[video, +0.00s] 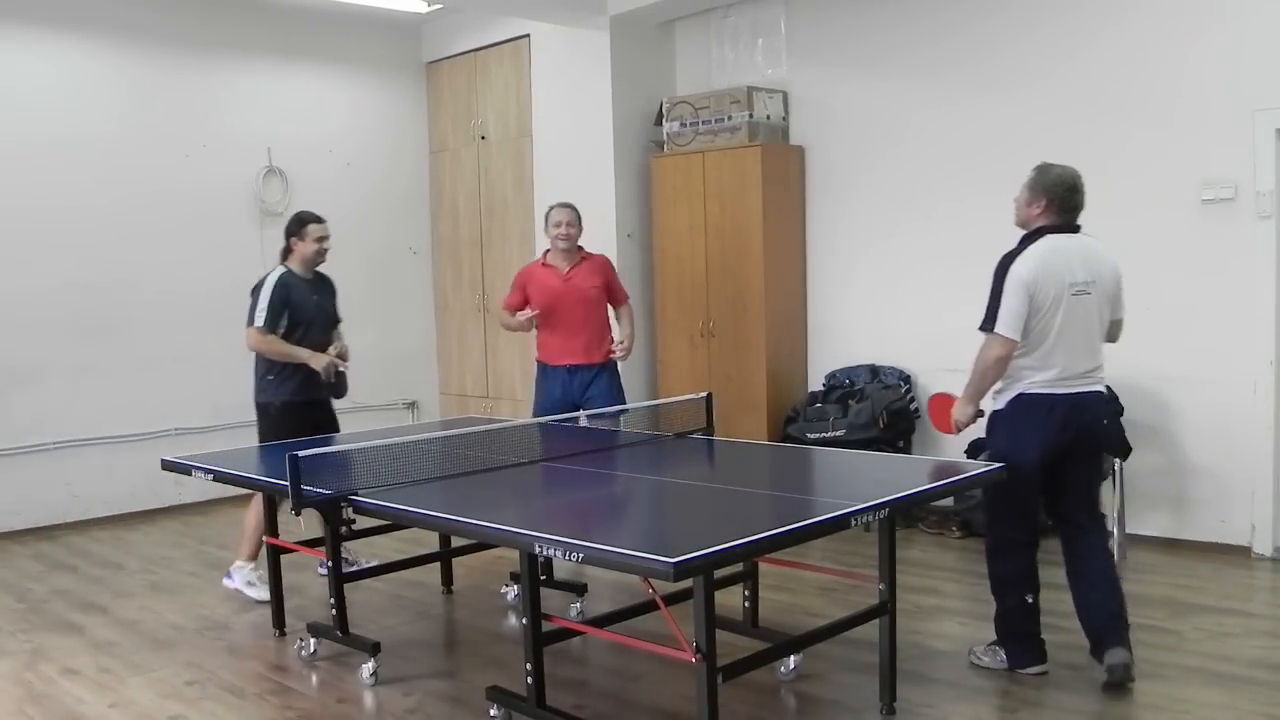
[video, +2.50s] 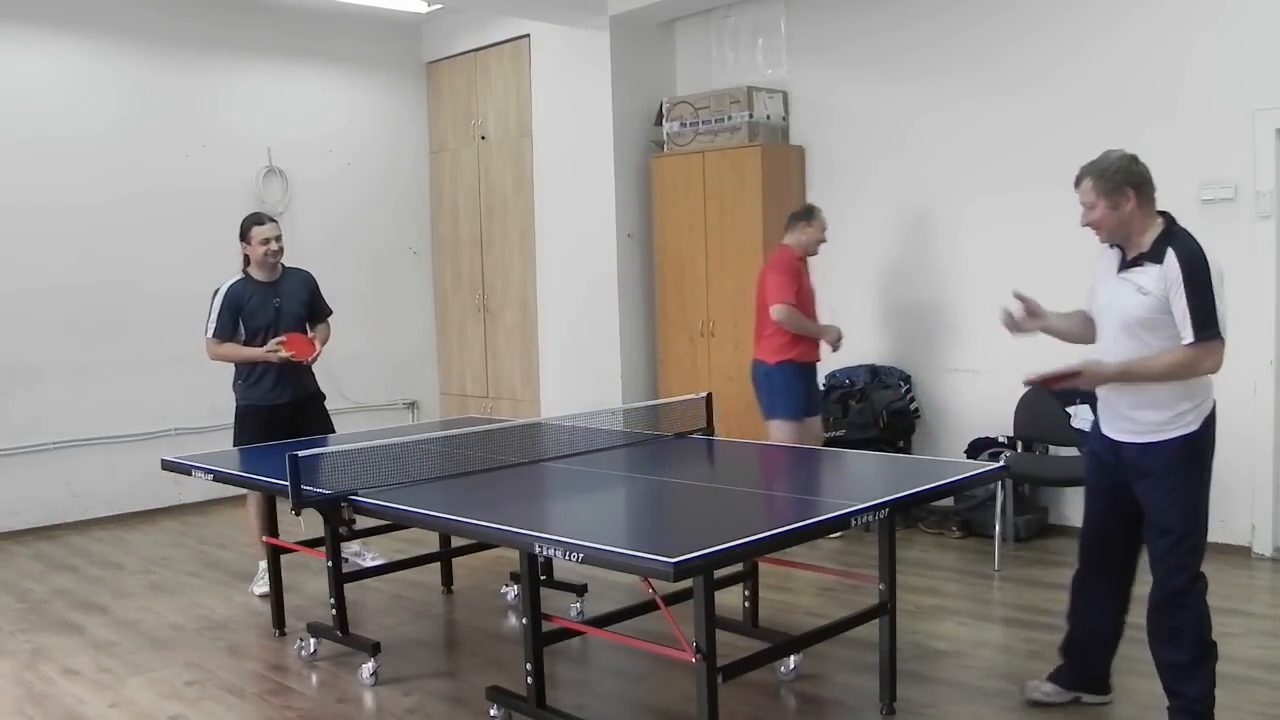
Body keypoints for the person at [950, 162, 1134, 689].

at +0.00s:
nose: (1016, 206)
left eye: (1022, 199)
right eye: (1020, 198)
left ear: (1041, 205)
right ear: (1067, 208)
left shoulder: (1023, 263)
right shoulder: (1102, 258)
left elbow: (1000, 348)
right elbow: (1111, 331)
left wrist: (969, 400)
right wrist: (1053, 329)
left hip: (1026, 416)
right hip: (1089, 414)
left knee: (1011, 531)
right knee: (1083, 525)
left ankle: (1020, 650)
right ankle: (1112, 644)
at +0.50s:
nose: (989, 220)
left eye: (993, 210)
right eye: (990, 210)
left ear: (1018, 212)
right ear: (1037, 213)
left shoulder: (1025, 254)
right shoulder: (1071, 255)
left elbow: (1018, 332)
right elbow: (1094, 328)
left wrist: (977, 393)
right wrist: (1037, 344)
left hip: (1042, 407)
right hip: (1082, 400)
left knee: (1017, 522)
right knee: (1062, 511)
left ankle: (1020, 646)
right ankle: (1062, 613)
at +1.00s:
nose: (1016, 215)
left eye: (1024, 207)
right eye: (1014, 208)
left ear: (1057, 208)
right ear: (1035, 212)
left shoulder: (1090, 251)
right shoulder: (1036, 259)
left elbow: (1132, 319)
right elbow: (1039, 324)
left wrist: (1122, 397)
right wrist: (1002, 364)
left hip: (1104, 411)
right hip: (1055, 412)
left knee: (1122, 525)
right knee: (1066, 520)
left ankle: (1142, 644)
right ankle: (1062, 613)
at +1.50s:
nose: (1089, 207)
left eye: (1100, 197)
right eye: (1085, 198)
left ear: (1133, 201)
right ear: (1082, 204)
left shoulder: (1177, 258)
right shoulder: (1076, 254)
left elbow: (1205, 335)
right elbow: (1052, 314)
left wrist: (1133, 366)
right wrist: (1040, 328)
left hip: (1158, 423)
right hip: (1089, 418)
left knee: (1165, 538)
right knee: (1070, 532)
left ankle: (1160, 646)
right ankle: (1070, 643)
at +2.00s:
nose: (1050, 208)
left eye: (1061, 197)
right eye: (1048, 199)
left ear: (1100, 199)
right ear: (1052, 206)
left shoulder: (1150, 256)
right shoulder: (1049, 263)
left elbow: (1200, 332)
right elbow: (1028, 346)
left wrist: (1130, 366)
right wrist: (1009, 325)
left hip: (1137, 435)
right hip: (1062, 433)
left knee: (1146, 559)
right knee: (1056, 560)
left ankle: (1173, 646)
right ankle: (1072, 678)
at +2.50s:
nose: (1084, 220)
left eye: (1091, 207)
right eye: (1083, 208)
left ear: (1129, 200)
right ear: (1119, 203)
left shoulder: (1183, 257)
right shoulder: (1112, 253)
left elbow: (1208, 355)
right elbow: (1097, 325)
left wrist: (1110, 374)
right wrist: (1044, 320)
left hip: (1173, 443)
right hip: (1110, 437)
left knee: (1176, 580)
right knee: (1101, 564)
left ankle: (1190, 708)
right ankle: (1083, 676)